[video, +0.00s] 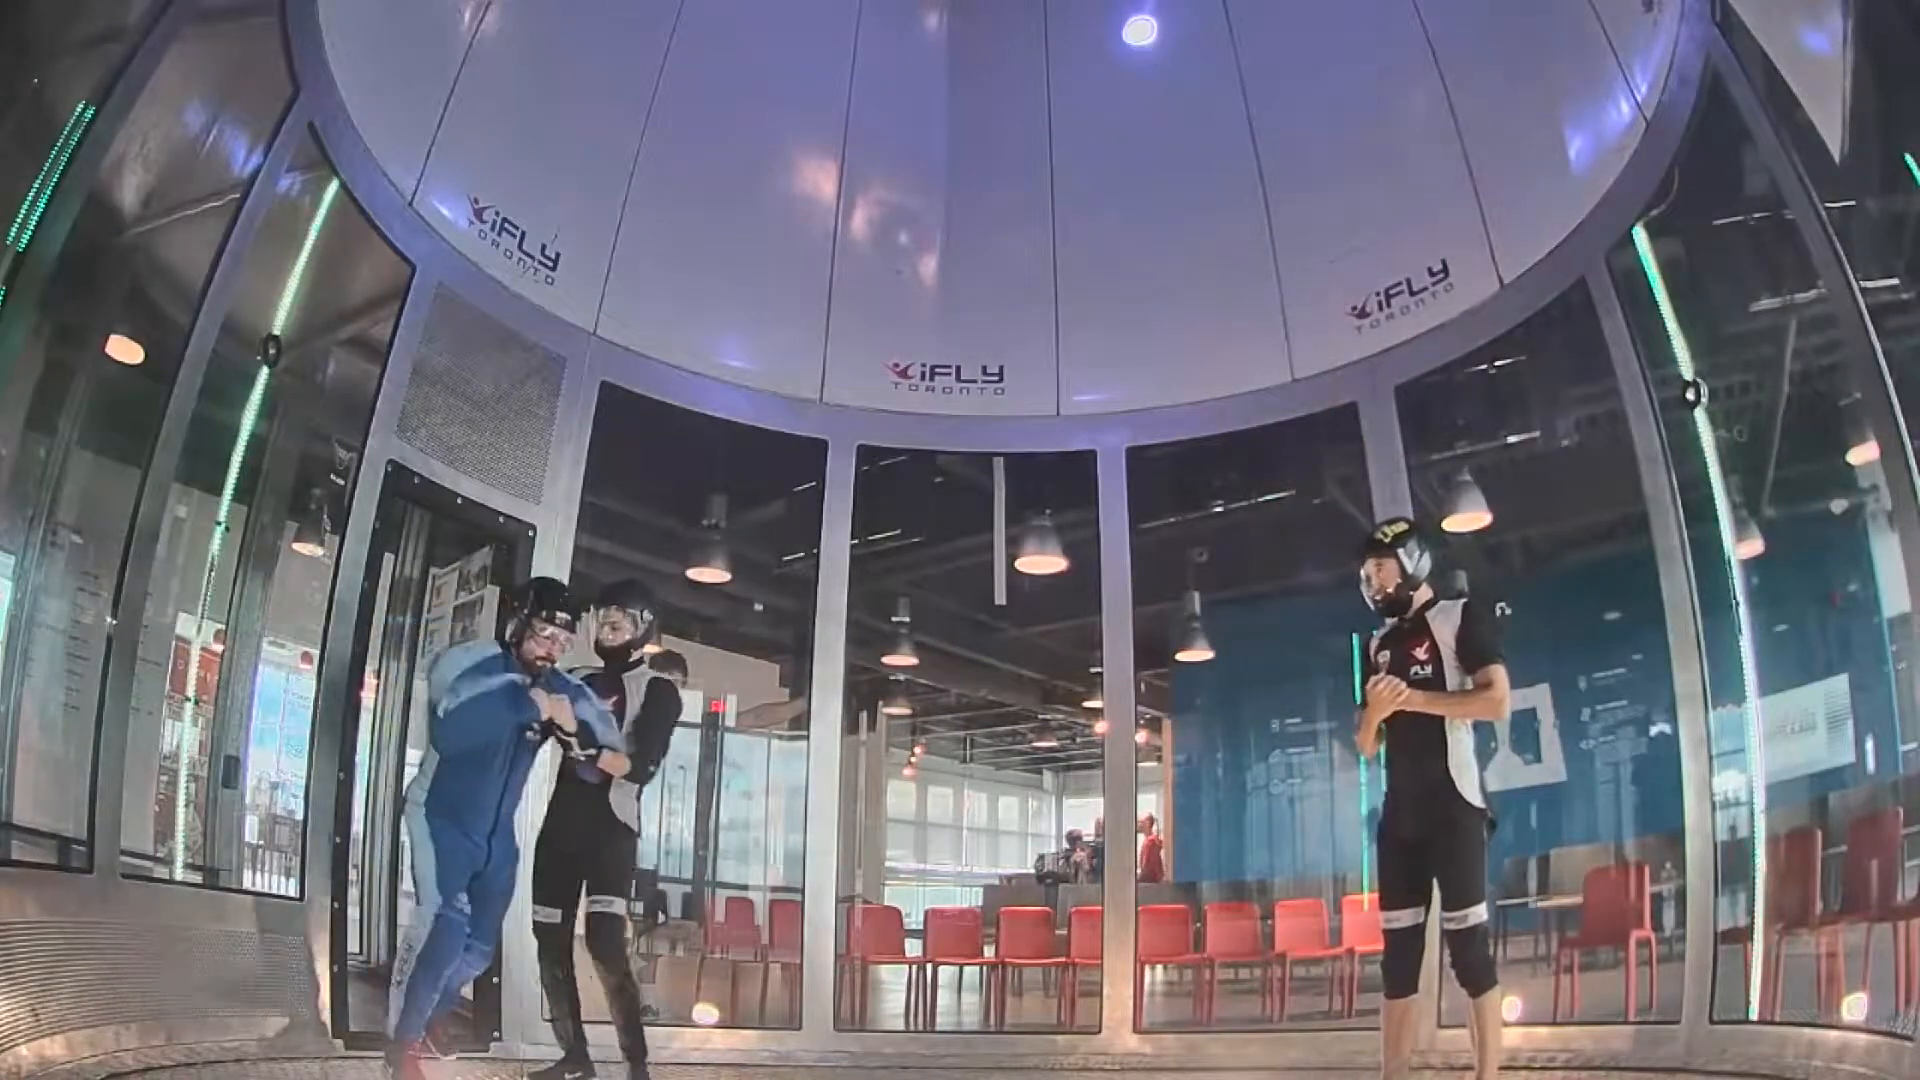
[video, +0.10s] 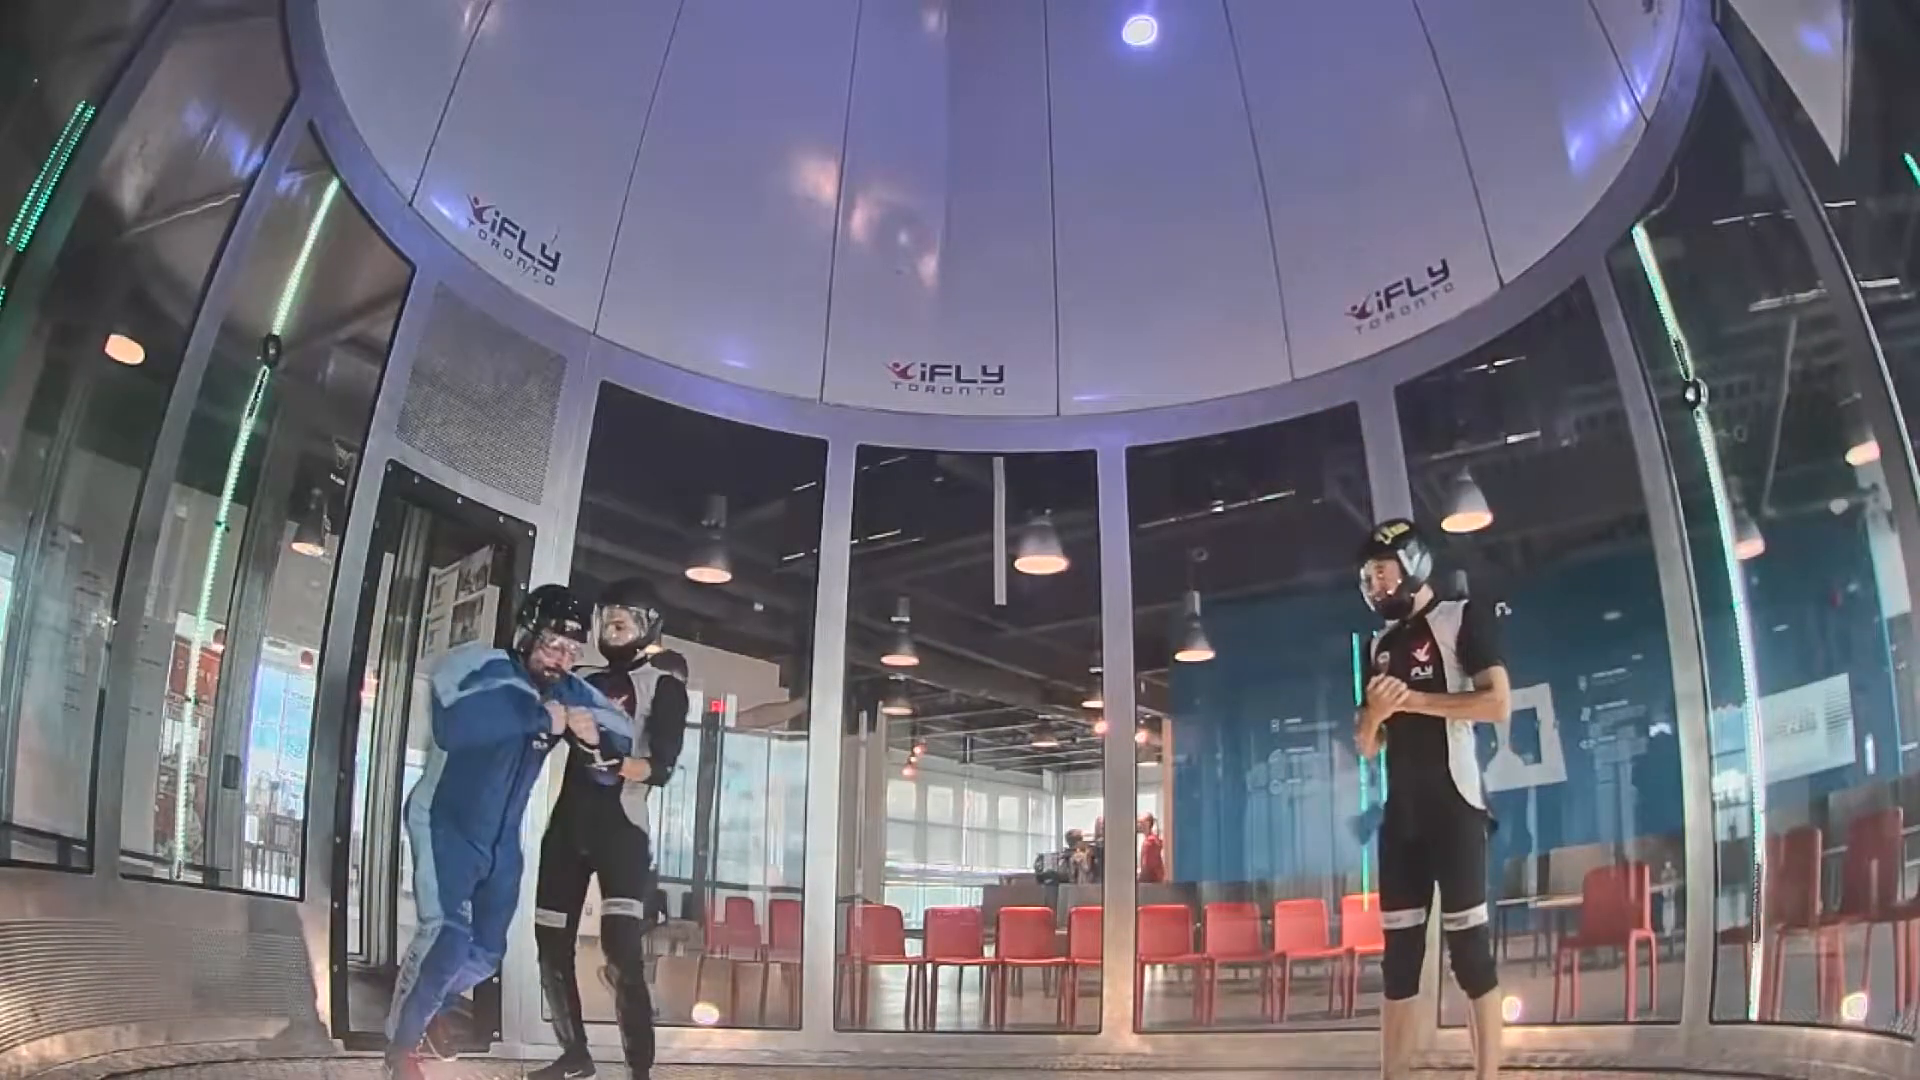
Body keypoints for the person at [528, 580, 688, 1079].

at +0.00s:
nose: (605, 628)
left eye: (617, 620)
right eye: (601, 619)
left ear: (642, 628)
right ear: (594, 625)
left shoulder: (658, 689)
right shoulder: (582, 685)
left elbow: (643, 765)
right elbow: (549, 734)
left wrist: (583, 743)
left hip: (613, 827)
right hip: (562, 819)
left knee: (604, 941)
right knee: (550, 944)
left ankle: (636, 1062)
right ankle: (575, 1057)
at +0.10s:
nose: (612, 629)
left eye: (622, 620)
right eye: (606, 620)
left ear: (647, 625)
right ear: (599, 625)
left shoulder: (663, 681)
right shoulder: (590, 680)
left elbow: (660, 764)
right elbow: (555, 728)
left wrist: (608, 759)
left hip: (621, 826)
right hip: (568, 819)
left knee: (622, 946)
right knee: (551, 944)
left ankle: (640, 1067)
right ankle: (575, 1053)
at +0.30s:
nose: (636, 629)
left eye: (647, 620)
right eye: (627, 618)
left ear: (668, 628)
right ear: (616, 621)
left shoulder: (691, 693)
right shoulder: (598, 681)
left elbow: (706, 778)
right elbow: (567, 733)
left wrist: (707, 761)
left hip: (656, 838)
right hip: (595, 832)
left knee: (650, 965)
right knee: (578, 957)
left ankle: (649, 1069)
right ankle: (584, 1045)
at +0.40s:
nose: (652, 629)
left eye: (662, 620)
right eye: (644, 620)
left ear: (683, 622)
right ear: (631, 621)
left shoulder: (706, 685)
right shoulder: (609, 670)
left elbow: (715, 770)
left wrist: (747, 741)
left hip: (671, 842)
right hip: (608, 836)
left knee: (657, 971)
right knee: (607, 965)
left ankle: (650, 1073)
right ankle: (605, 1071)